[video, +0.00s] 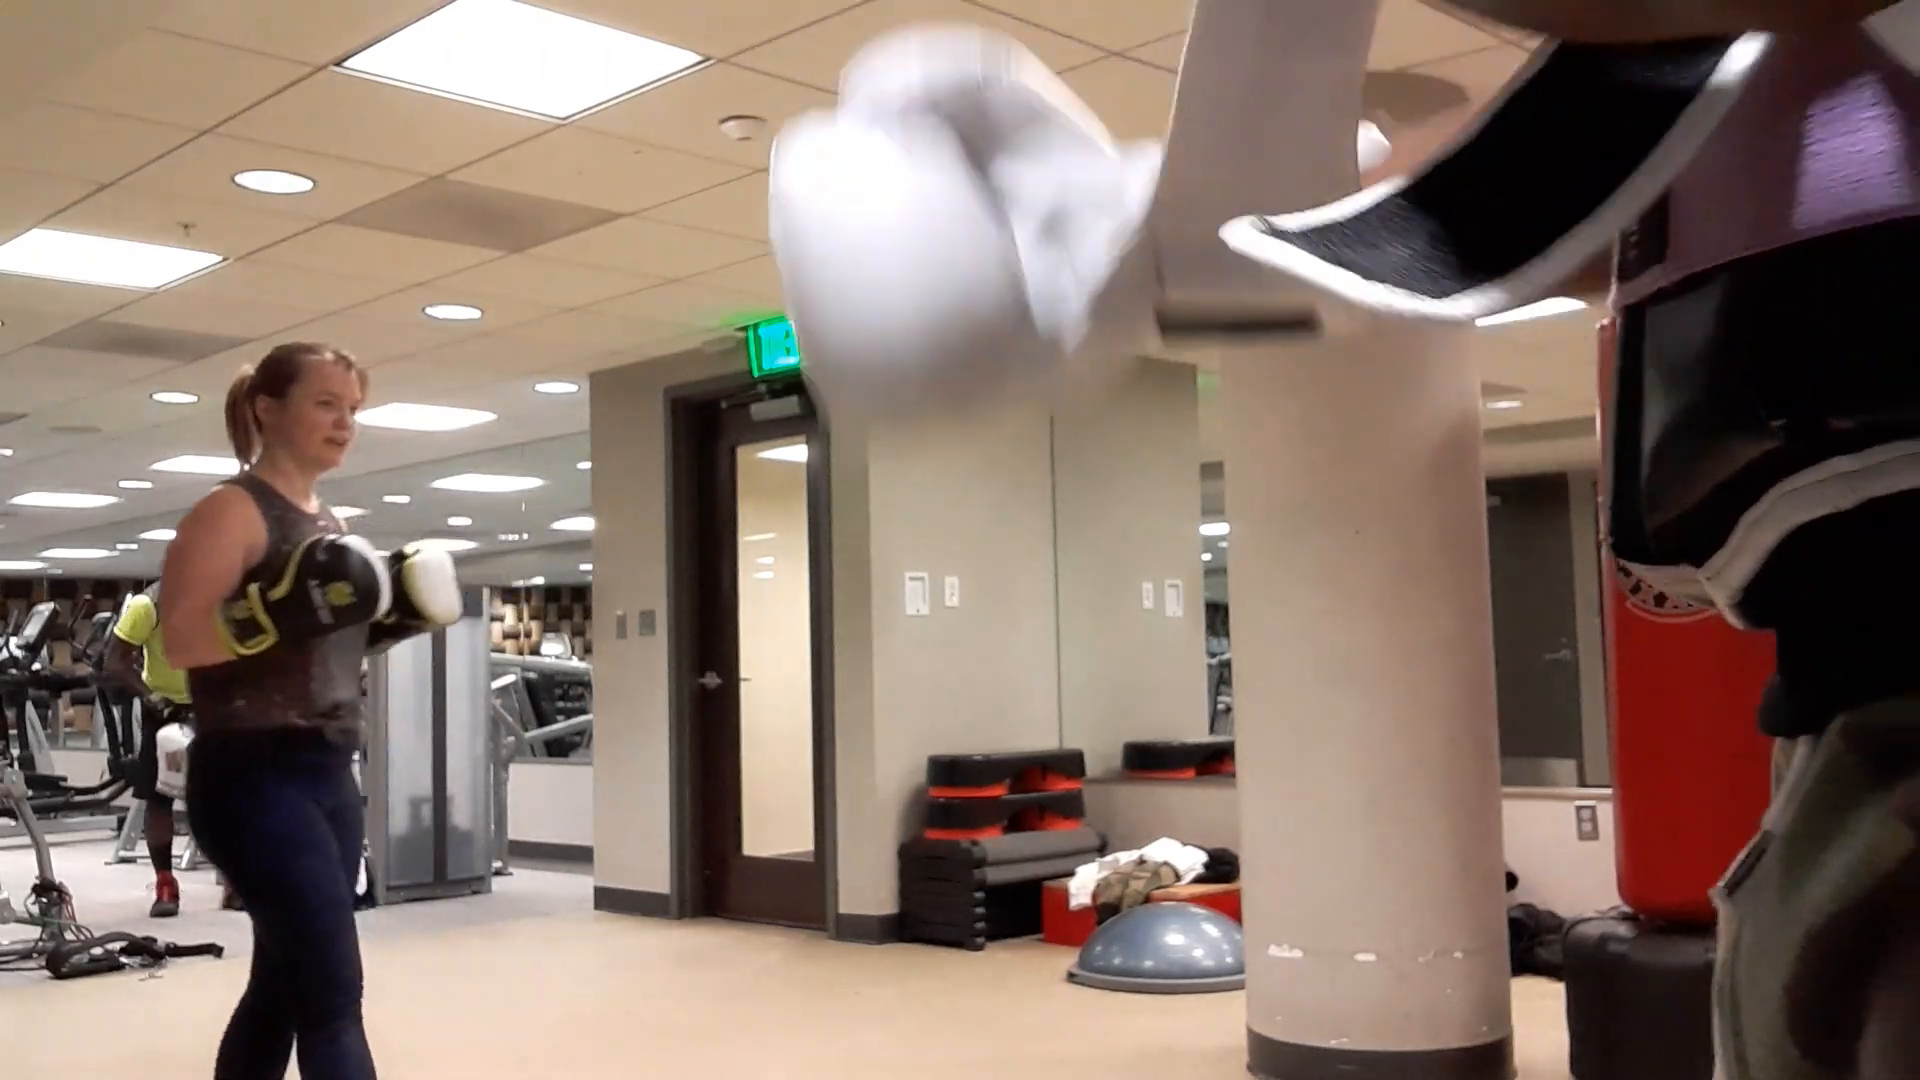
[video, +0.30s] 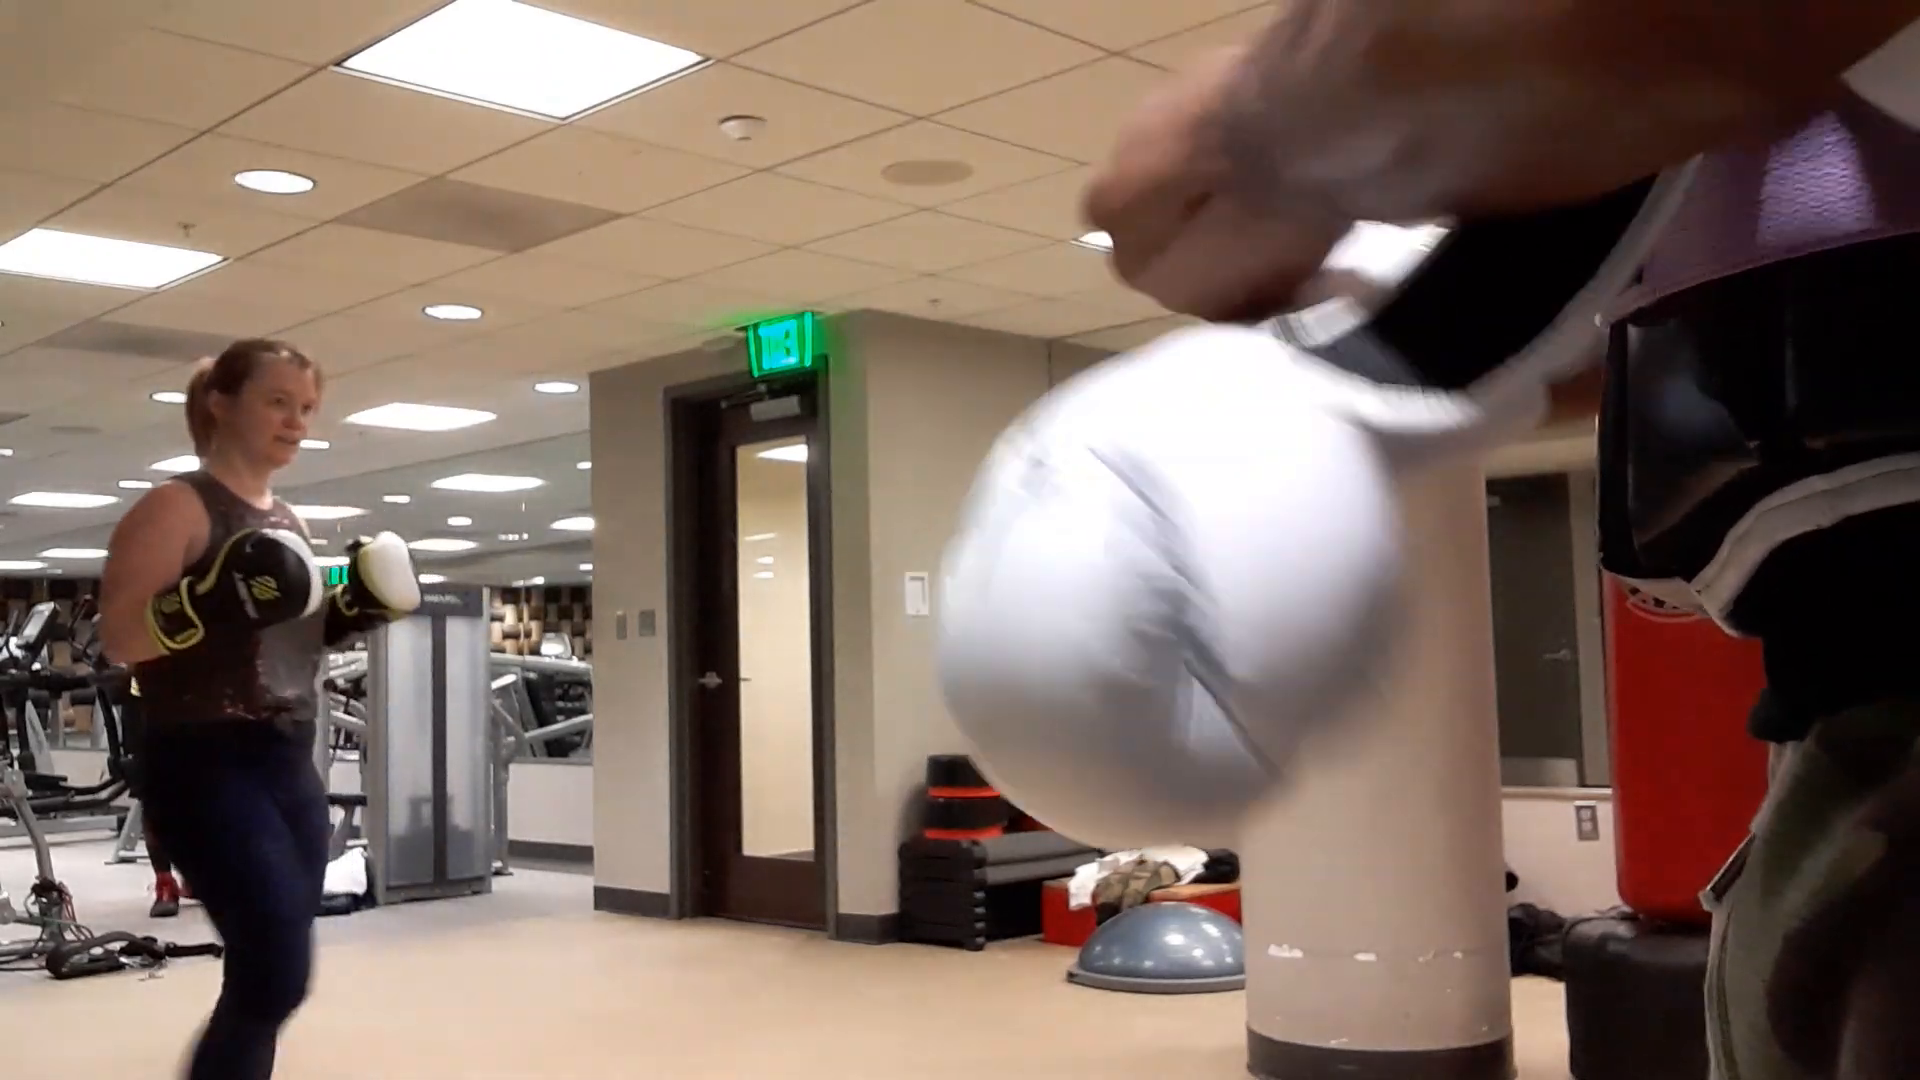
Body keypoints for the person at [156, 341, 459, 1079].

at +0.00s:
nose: (344, 424)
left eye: (352, 412)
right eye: (326, 406)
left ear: (357, 422)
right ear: (268, 410)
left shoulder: (325, 522)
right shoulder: (229, 511)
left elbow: (323, 645)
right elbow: (182, 642)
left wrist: (391, 620)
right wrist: (289, 612)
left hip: (325, 770)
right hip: (250, 775)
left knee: (279, 997)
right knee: (332, 992)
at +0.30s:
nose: (296, 423)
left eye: (305, 411)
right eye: (278, 403)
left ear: (312, 420)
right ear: (219, 405)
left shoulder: (281, 518)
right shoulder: (172, 508)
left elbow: (282, 645)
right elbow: (118, 637)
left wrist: (344, 613)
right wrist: (209, 602)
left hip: (281, 755)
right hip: (197, 758)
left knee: (270, 972)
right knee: (272, 973)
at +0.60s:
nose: (229, 416)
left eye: (243, 403)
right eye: (209, 396)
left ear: (253, 414)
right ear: (156, 402)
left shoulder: (233, 517)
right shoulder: (113, 503)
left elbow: (236, 651)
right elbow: (64, 646)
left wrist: (300, 620)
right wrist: (160, 599)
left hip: (245, 771)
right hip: (143, 773)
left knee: (241, 993)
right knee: (120, 998)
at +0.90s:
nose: (155, 406)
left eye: (171, 392)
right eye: (133, 386)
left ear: (182, 406)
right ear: (83, 394)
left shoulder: (192, 515)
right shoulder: (31, 501)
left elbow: (207, 651)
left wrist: (251, 613)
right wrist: (35, 598)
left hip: (179, 769)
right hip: (64, 768)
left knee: (213, 994)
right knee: (50, 998)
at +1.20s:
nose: (105, 400)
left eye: (122, 385)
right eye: (81, 380)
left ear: (138, 401)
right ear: (32, 389)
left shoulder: (165, 504)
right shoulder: (8, 494)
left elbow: (188, 638)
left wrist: (222, 602)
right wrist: (13, 595)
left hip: (146, 770)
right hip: (31, 770)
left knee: (183, 1001)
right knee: (19, 1015)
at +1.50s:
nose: (108, 400)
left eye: (125, 385)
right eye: (85, 379)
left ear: (140, 400)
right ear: (34, 387)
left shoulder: (168, 502)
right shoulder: (10, 492)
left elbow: (197, 638)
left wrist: (225, 599)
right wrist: (10, 587)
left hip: (151, 772)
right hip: (32, 772)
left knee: (185, 1007)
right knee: (21, 1019)